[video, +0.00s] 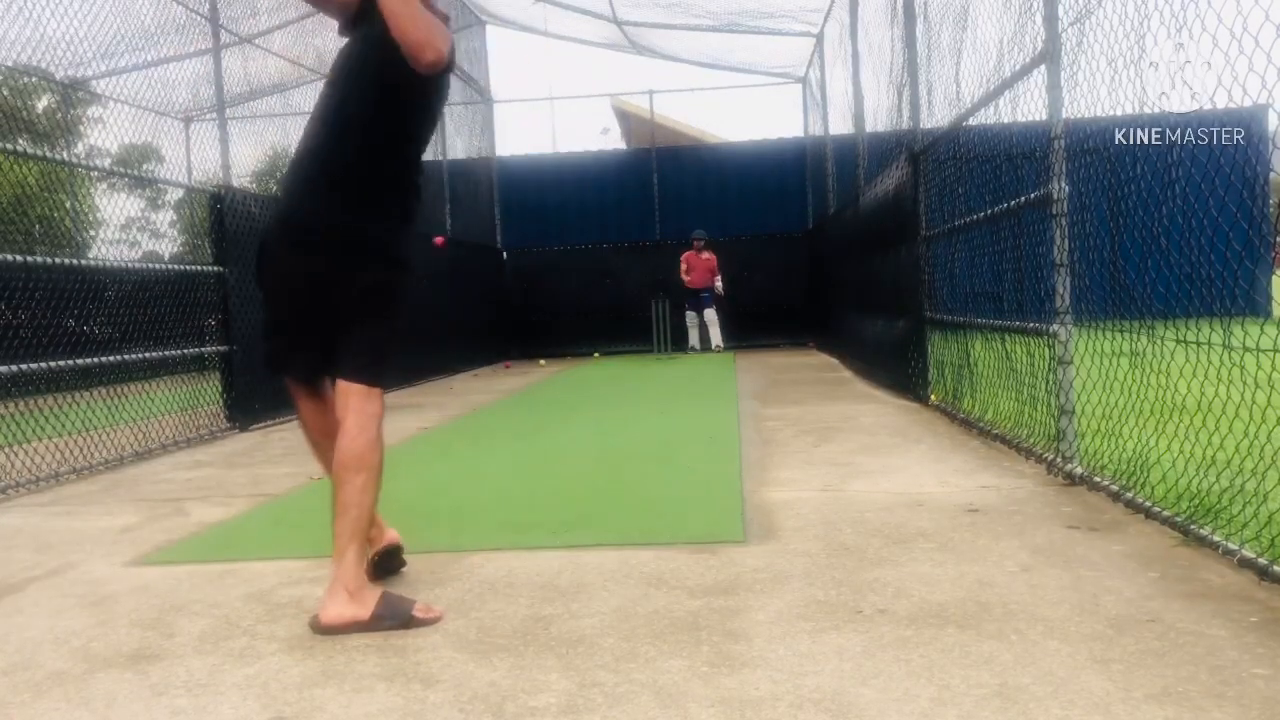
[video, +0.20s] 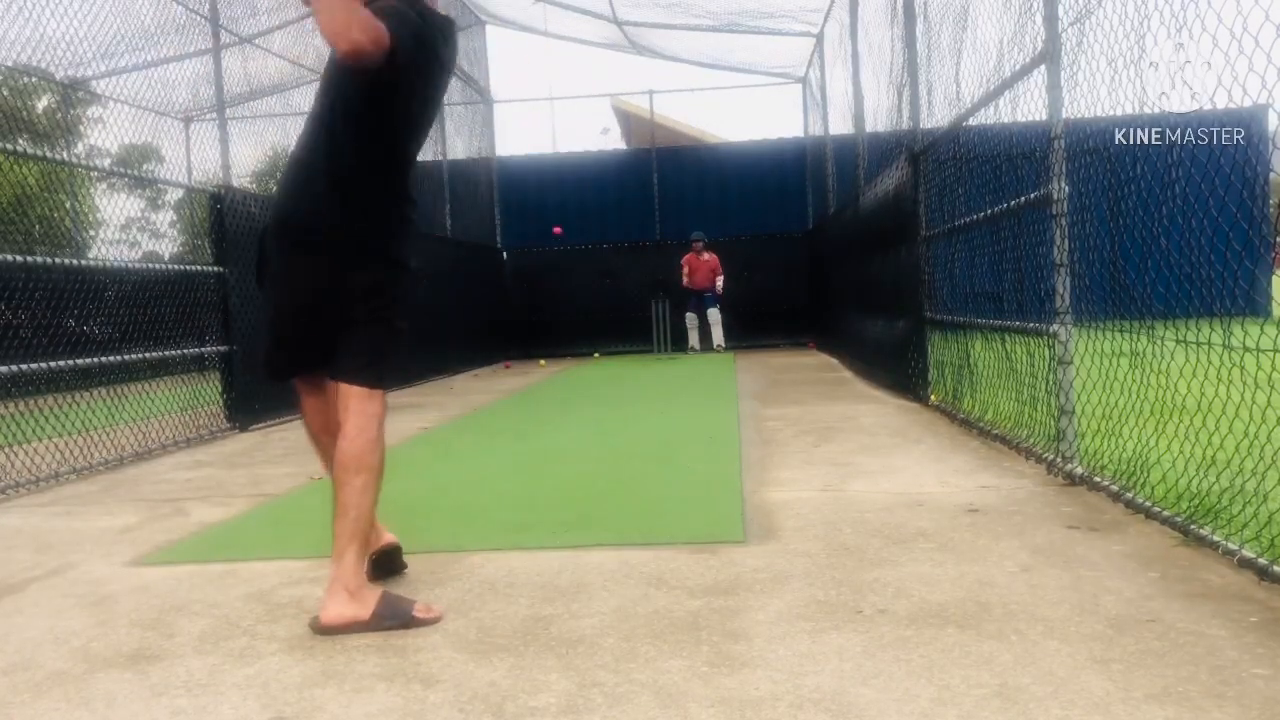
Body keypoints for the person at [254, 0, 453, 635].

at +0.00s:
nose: (319, 6)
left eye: (327, 1)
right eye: (323, 4)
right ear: (358, 0)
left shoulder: (420, 30)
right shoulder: (368, 36)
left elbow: (432, 50)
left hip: (364, 241)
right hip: (312, 240)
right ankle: (348, 588)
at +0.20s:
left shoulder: (410, 20)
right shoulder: (427, 27)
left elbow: (356, 38)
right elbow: (352, 37)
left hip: (312, 229)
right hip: (368, 232)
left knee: (313, 384)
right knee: (362, 399)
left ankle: (369, 533)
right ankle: (346, 592)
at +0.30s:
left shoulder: (384, 16)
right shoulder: (438, 29)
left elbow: (304, 43)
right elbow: (324, 41)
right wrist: (324, 10)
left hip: (314, 226)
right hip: (382, 230)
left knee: (325, 383)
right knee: (369, 400)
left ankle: (374, 533)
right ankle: (346, 592)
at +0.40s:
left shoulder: (362, 22)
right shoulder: (445, 37)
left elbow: (258, 77)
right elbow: (326, 56)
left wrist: (220, 30)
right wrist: (273, 8)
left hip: (321, 236)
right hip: (398, 238)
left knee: (338, 390)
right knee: (375, 402)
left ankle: (377, 535)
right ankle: (348, 590)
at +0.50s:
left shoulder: (332, 19)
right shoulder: (448, 35)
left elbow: (241, 117)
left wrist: (209, 102)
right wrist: (280, 60)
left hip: (320, 236)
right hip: (402, 238)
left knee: (343, 386)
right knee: (380, 405)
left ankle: (380, 535)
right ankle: (348, 591)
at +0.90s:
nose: (454, 48)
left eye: (453, 36)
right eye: (455, 38)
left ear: (389, 22)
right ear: (444, 40)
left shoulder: (332, 55)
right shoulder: (422, 102)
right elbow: (448, 219)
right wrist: (489, 164)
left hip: (273, 269)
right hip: (342, 280)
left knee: (373, 410)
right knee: (426, 441)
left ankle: (386, 548)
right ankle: (332, 608)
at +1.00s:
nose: (447, 39)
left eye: (446, 27)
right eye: (448, 28)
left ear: (382, 4)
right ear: (441, 25)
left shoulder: (319, 14)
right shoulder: (443, 89)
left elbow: (254, 62)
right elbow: (404, 147)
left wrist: (313, 104)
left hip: (283, 249)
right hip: (361, 262)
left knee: (379, 393)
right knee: (409, 434)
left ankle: (382, 546)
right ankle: (331, 607)